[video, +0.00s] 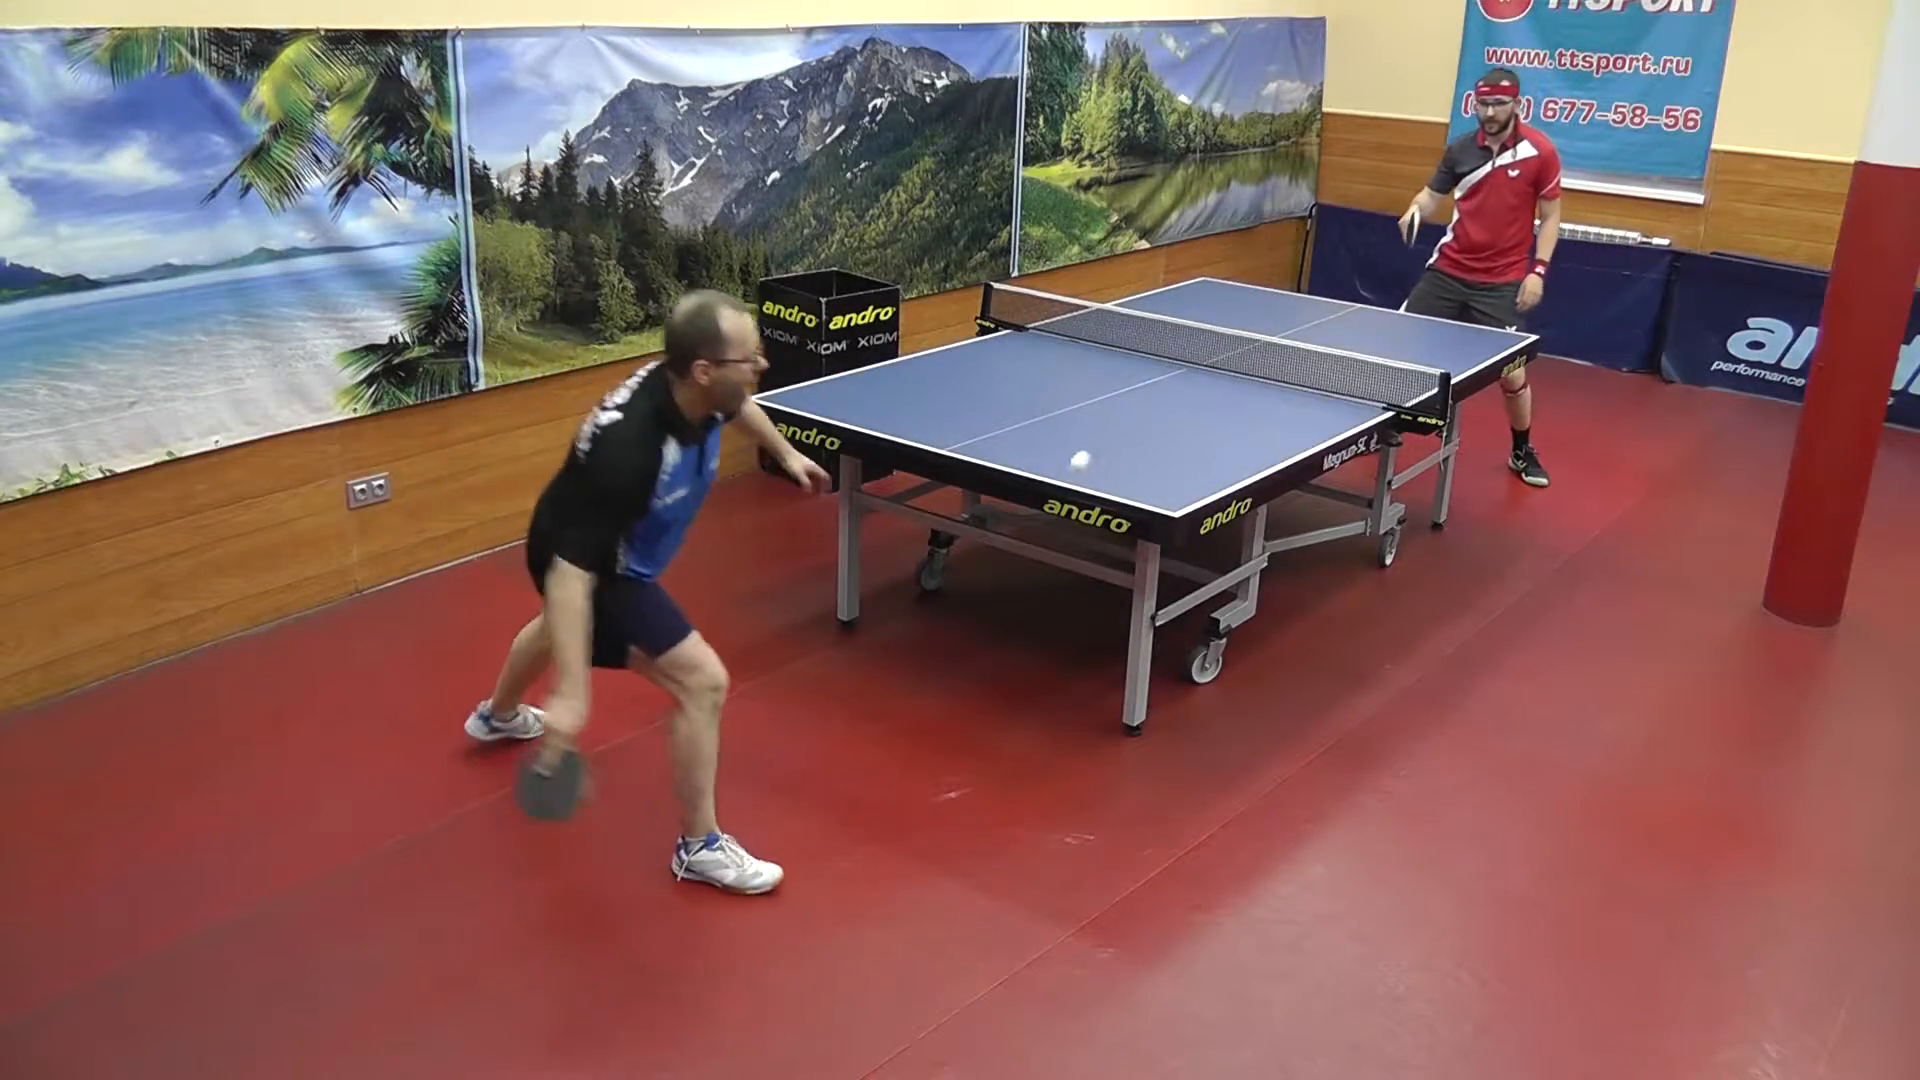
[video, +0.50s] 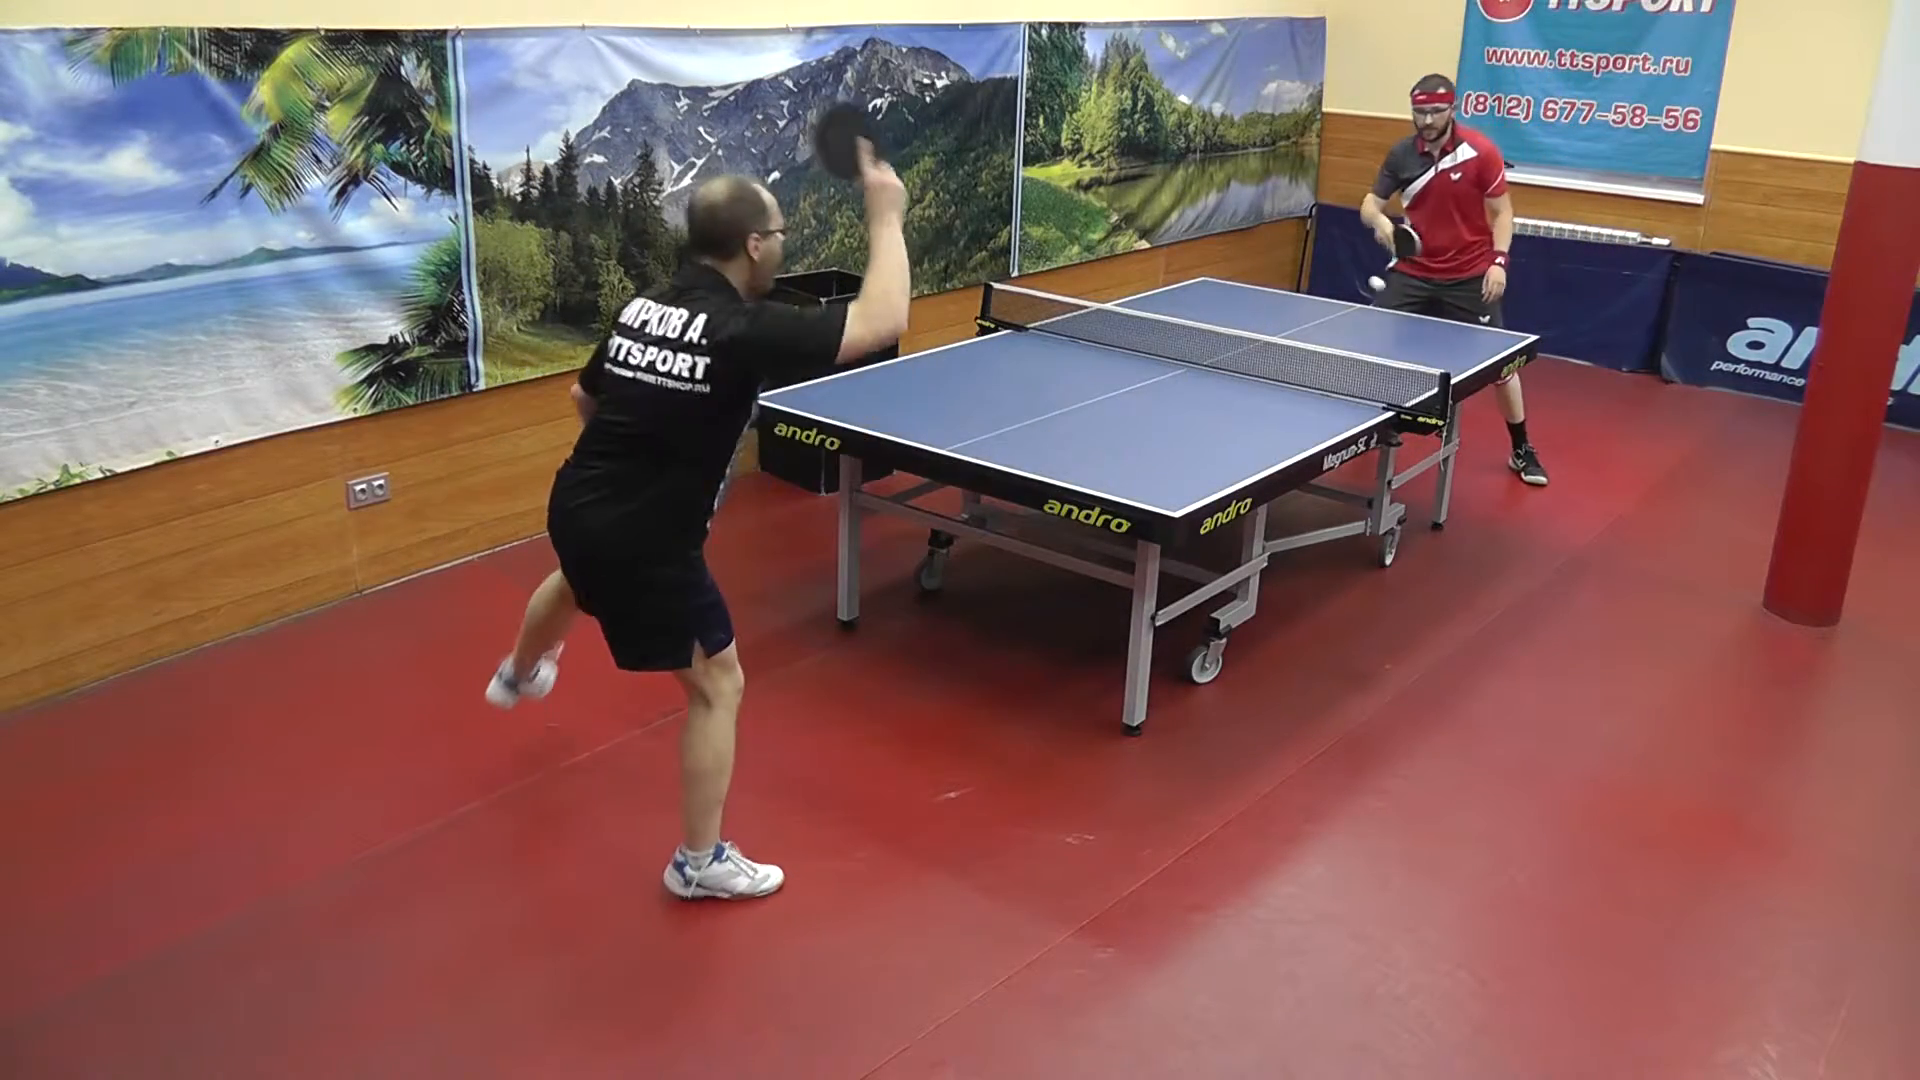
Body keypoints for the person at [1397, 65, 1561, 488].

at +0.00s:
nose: (1489, 114)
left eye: (1498, 105)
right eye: (1483, 104)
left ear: (1517, 106)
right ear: (1475, 106)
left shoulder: (1541, 154)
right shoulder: (1459, 150)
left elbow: (1550, 216)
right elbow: (1432, 195)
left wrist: (1538, 272)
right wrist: (1416, 208)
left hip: (1501, 285)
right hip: (1447, 274)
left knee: (1513, 375)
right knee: (1398, 342)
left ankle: (1522, 451)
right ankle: (1380, 423)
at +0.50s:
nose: (1427, 121)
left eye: (1436, 112)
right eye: (1420, 112)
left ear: (1453, 110)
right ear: (1412, 113)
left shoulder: (1481, 152)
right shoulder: (1401, 154)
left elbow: (1502, 212)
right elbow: (1371, 203)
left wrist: (1499, 262)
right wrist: (1379, 221)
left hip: (1470, 276)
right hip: (1411, 274)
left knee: (1501, 360)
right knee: (1373, 344)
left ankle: (1522, 449)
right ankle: (1368, 426)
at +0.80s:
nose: (1415, 122)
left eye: (1422, 113)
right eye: (1407, 114)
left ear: (1438, 111)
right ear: (1397, 114)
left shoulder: (1463, 148)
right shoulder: (1387, 161)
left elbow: (1490, 199)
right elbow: (1390, 218)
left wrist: (1517, 243)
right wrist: (1409, 202)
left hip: (1459, 275)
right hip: (1400, 276)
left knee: (1496, 354)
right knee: (1367, 348)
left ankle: (1520, 447)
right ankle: (1356, 430)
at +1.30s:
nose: (1491, 113)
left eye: (1500, 105)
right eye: (1485, 104)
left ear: (1521, 107)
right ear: (1479, 106)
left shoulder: (1547, 153)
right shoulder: (1466, 154)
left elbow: (1560, 212)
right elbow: (1447, 204)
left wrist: (1559, 268)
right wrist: (1441, 239)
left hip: (1515, 282)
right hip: (1459, 273)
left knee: (1525, 369)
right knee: (1413, 340)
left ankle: (1533, 439)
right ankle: (1412, 409)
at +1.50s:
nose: (1499, 108)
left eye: (1509, 101)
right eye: (1495, 100)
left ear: (1528, 103)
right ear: (1489, 101)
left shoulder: (1555, 152)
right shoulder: (1477, 148)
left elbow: (1564, 215)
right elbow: (1457, 196)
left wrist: (1549, 270)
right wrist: (1442, 222)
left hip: (1518, 280)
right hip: (1465, 270)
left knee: (1524, 368)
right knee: (1423, 337)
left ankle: (1532, 438)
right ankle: (1424, 409)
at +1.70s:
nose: (1493, 105)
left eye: (1502, 98)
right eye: (1489, 97)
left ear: (1523, 101)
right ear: (1484, 100)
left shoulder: (1550, 149)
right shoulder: (1475, 145)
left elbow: (1558, 212)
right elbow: (1451, 192)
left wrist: (1540, 265)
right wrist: (1432, 212)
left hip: (1513, 277)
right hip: (1462, 266)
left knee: (1522, 366)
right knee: (1419, 336)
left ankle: (1532, 439)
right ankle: (1408, 412)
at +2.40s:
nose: (1529, 122)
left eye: (1538, 113)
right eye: (1522, 113)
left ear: (1555, 111)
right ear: (1513, 110)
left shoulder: (1569, 147)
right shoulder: (1498, 145)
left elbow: (1574, 201)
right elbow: (1468, 198)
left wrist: (1583, 255)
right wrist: (1490, 236)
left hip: (1534, 268)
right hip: (1477, 262)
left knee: (1543, 360)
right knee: (1436, 342)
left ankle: (1533, 437)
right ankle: (1415, 409)